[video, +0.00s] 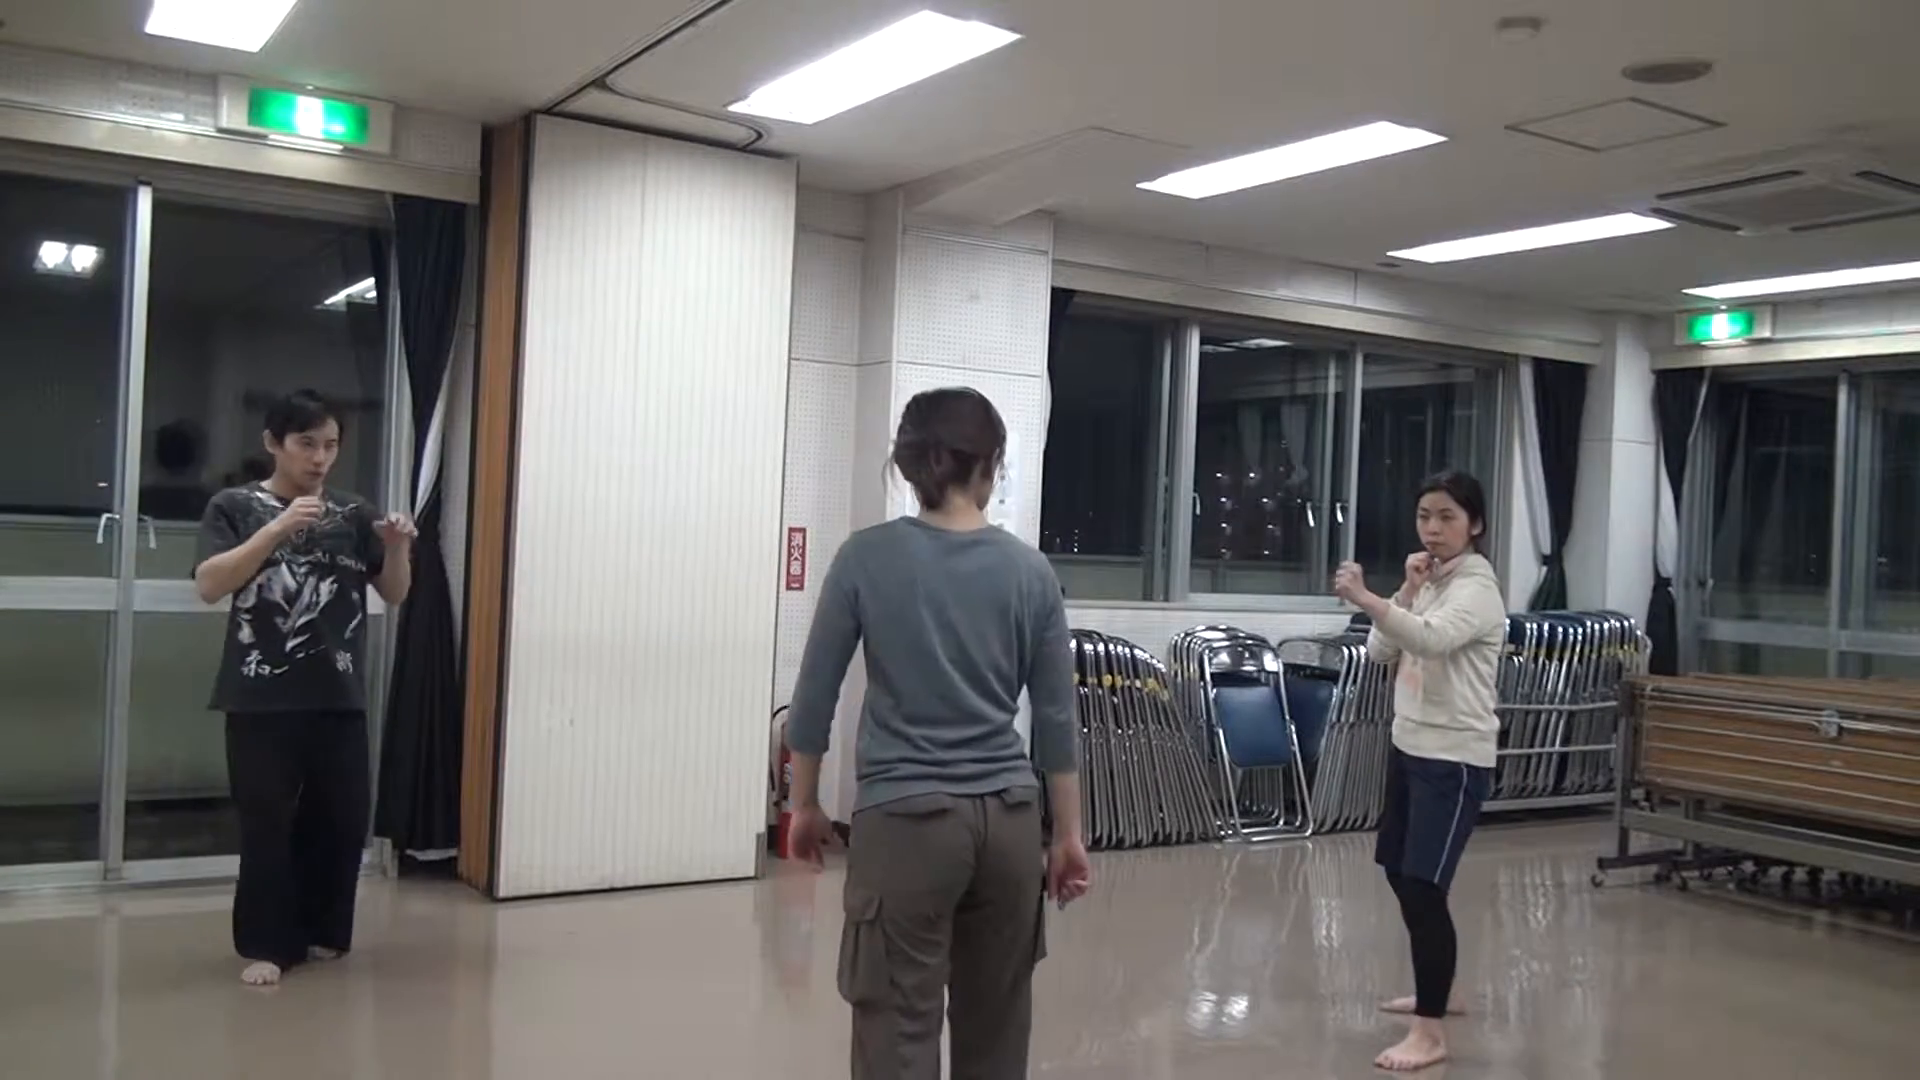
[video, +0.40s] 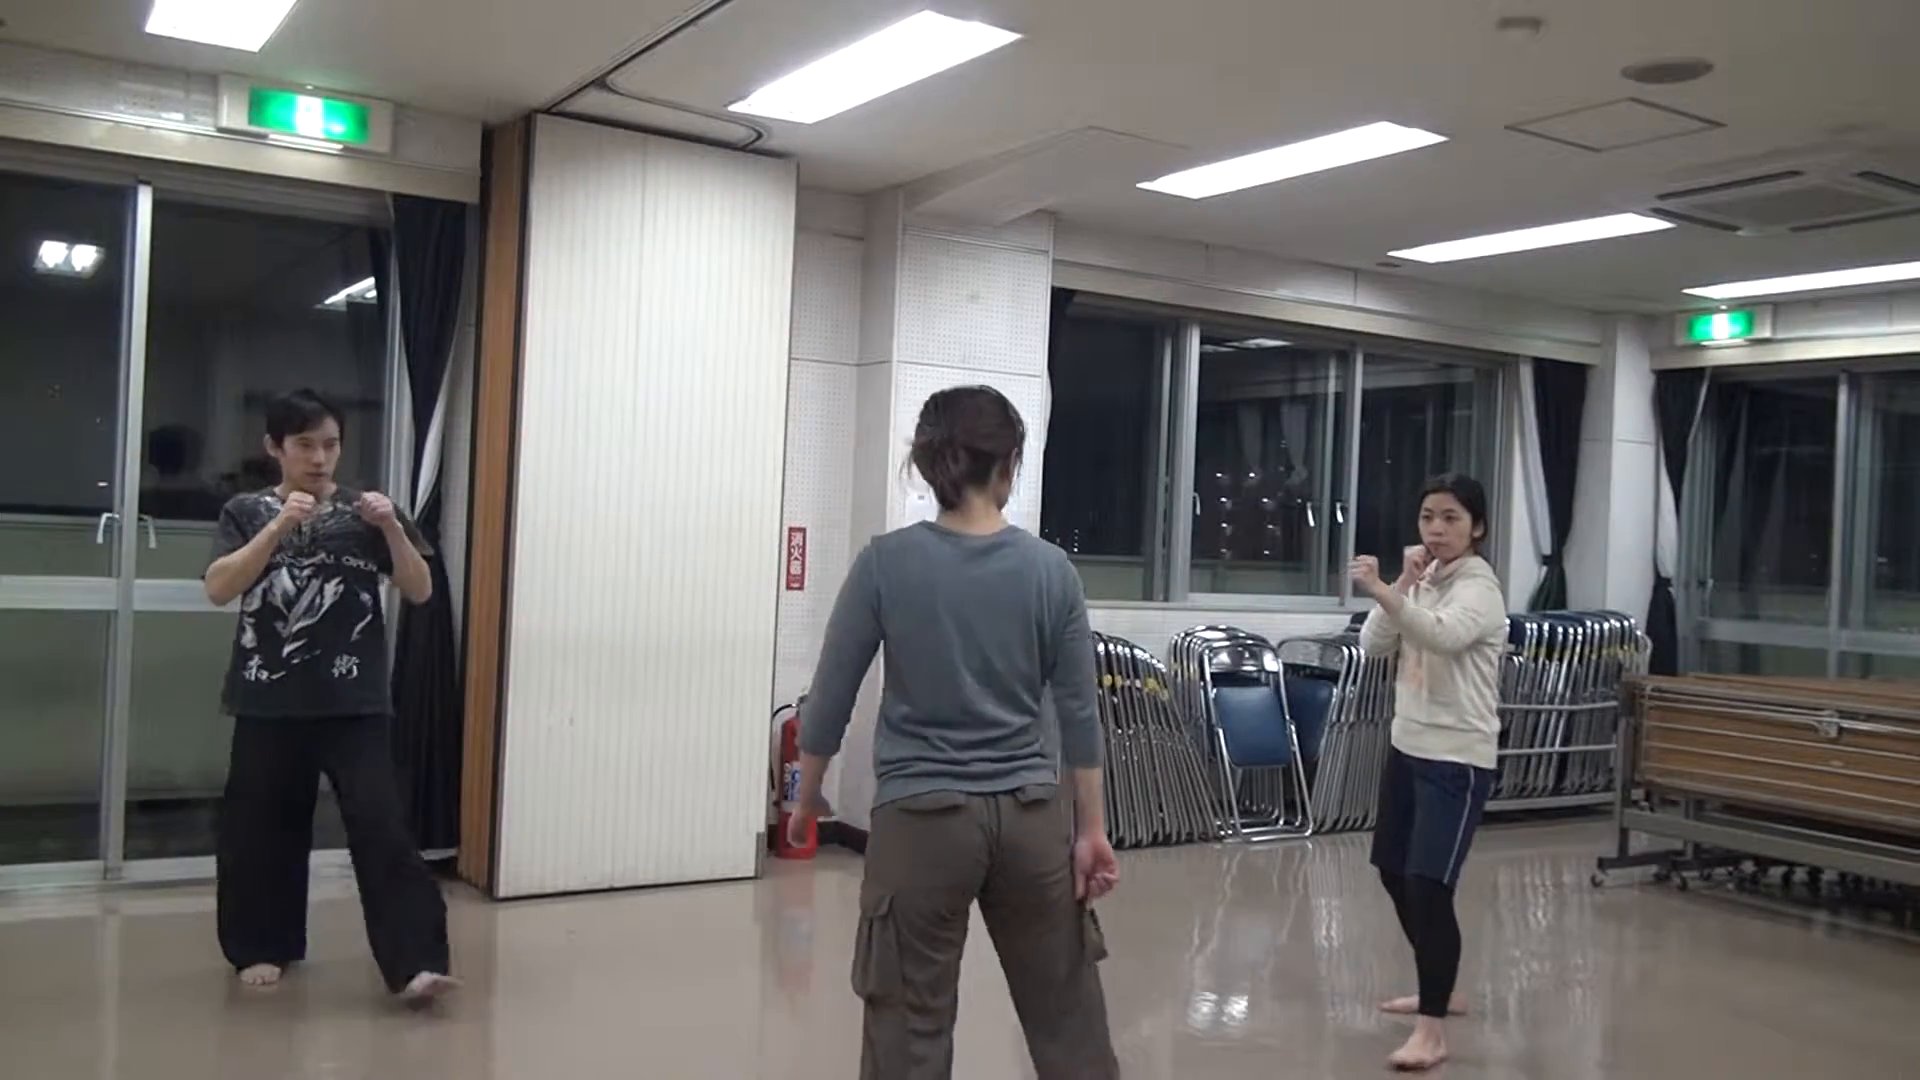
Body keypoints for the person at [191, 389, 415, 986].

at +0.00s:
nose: (322, 457)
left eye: (330, 445)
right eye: (309, 445)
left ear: (338, 448)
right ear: (275, 444)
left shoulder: (352, 516)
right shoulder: (236, 507)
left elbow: (393, 594)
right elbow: (209, 584)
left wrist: (398, 546)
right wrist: (277, 529)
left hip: (337, 698)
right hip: (261, 698)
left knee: (344, 819)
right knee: (267, 821)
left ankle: (324, 933)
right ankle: (264, 950)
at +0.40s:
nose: (320, 456)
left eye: (330, 444)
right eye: (306, 445)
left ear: (341, 447)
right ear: (275, 448)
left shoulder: (367, 512)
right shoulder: (247, 512)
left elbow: (420, 590)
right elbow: (218, 589)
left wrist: (392, 529)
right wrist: (276, 531)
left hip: (355, 703)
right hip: (270, 704)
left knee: (381, 825)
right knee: (263, 826)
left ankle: (417, 963)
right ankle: (262, 951)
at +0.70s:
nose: (372, 452)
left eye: (382, 439)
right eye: (358, 440)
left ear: (394, 445)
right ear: (329, 445)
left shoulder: (426, 516)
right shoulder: (300, 517)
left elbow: (464, 605)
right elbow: (274, 601)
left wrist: (448, 579)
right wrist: (324, 559)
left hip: (406, 714)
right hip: (320, 712)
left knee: (421, 851)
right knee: (296, 832)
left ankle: (433, 995)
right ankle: (271, 943)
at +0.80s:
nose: (390, 451)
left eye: (400, 439)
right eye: (376, 439)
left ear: (412, 444)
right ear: (347, 443)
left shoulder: (441, 514)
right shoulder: (314, 515)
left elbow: (468, 588)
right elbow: (291, 603)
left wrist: (470, 631)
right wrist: (341, 586)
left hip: (422, 710)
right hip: (338, 710)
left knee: (428, 853)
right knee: (311, 833)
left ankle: (433, 995)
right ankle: (281, 944)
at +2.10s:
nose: (412, 453)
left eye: (422, 441)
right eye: (397, 442)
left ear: (434, 442)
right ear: (364, 445)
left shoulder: (461, 515)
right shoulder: (342, 518)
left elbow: (515, 597)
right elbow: (320, 589)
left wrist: (502, 537)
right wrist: (373, 520)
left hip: (446, 720)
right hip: (363, 721)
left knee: (471, 860)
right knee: (353, 855)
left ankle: (495, 1004)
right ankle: (344, 984)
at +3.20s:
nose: (462, 513)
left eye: (472, 501)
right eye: (446, 500)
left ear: (482, 506)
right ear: (413, 505)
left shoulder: (504, 579)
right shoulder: (376, 573)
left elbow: (550, 673)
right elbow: (339, 654)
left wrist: (533, 617)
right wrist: (401, 589)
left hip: (481, 777)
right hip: (391, 776)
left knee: (545, 879)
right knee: (350, 886)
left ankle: (561, 1027)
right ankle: (342, 984)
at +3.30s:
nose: (507, 525)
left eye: (518, 513)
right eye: (492, 511)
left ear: (527, 521)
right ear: (458, 518)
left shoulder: (550, 600)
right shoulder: (418, 593)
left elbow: (602, 690)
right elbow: (380, 682)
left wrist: (591, 655)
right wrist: (436, 622)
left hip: (516, 792)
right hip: (422, 792)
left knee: (593, 887)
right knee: (373, 892)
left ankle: (638, 1042)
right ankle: (338, 979)